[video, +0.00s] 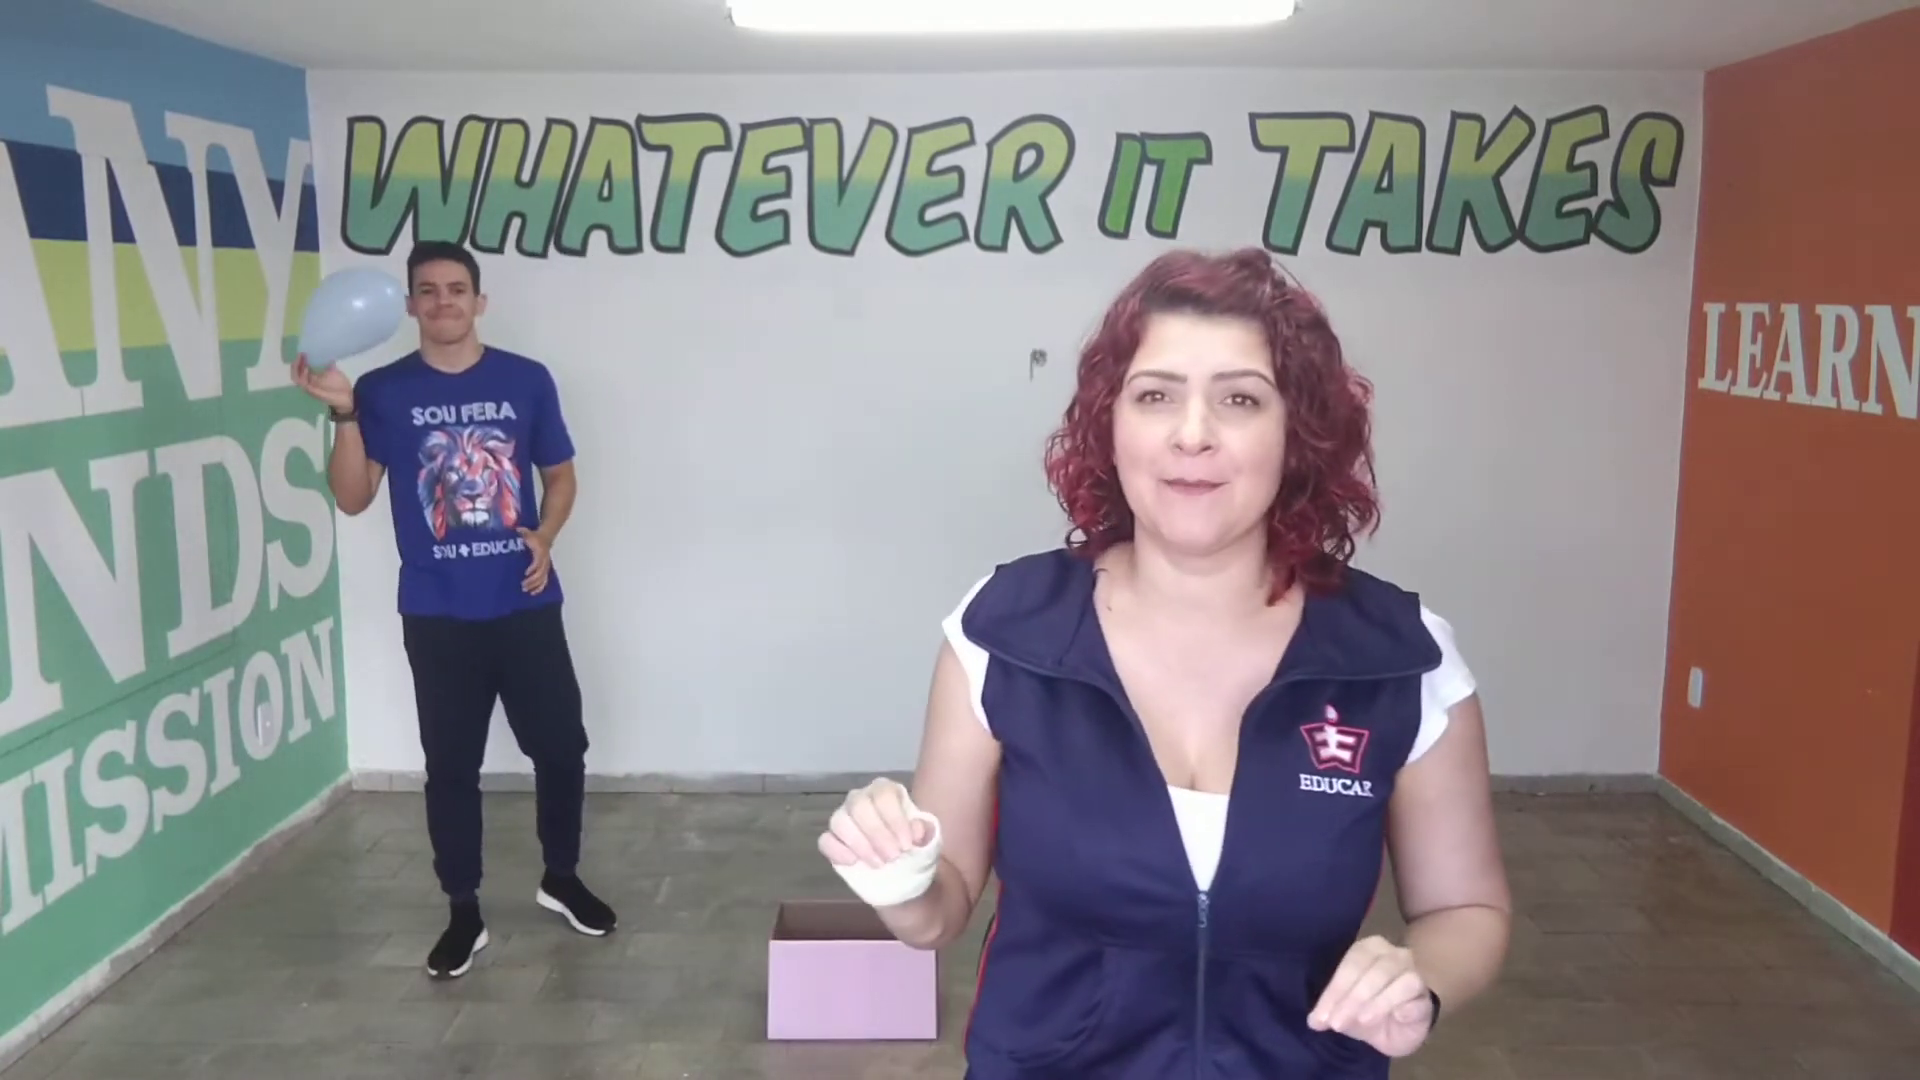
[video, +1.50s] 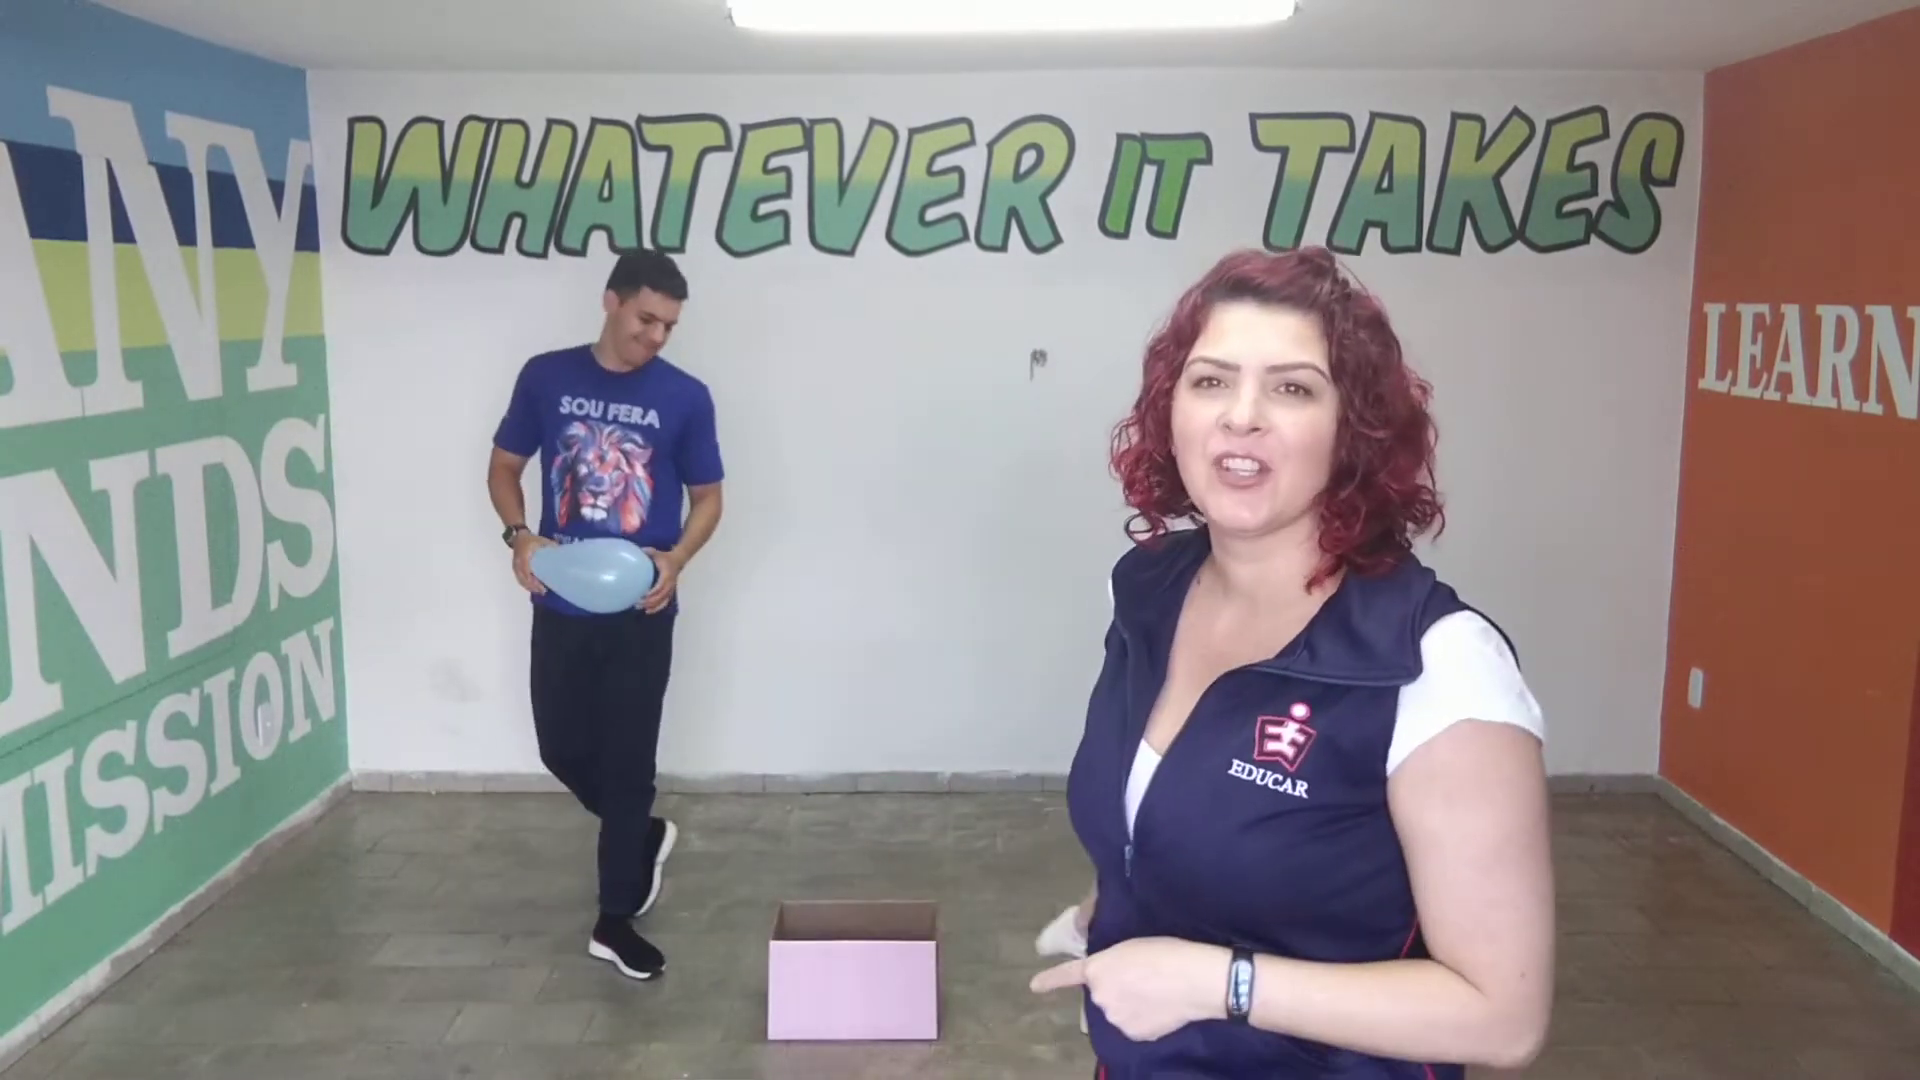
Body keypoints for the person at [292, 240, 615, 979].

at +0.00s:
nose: (441, 303)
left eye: (454, 290)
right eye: (427, 292)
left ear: (478, 301)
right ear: (411, 305)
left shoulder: (525, 381)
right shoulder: (383, 392)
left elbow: (561, 475)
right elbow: (352, 499)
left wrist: (545, 532)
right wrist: (346, 412)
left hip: (527, 609)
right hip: (438, 618)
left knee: (562, 747)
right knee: (449, 770)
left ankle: (562, 879)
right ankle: (463, 914)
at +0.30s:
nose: (462, 307)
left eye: (471, 293)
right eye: (445, 296)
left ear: (486, 298)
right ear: (418, 305)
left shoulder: (529, 384)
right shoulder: (393, 393)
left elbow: (560, 477)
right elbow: (351, 503)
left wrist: (553, 531)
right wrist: (365, 431)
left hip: (525, 608)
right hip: (438, 618)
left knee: (569, 757)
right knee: (451, 773)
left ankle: (609, 907)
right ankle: (464, 916)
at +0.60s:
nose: (527, 328)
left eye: (536, 316)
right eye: (515, 313)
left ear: (542, 316)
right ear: (474, 306)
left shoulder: (564, 389)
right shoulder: (417, 392)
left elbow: (595, 485)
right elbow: (376, 489)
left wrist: (583, 533)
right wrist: (405, 515)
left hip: (553, 618)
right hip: (464, 621)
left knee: (583, 766)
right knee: (467, 774)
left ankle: (610, 919)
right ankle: (466, 915)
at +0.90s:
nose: (589, 331)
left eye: (599, 319)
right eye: (578, 315)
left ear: (605, 319)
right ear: (538, 304)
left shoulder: (620, 394)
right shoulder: (475, 383)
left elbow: (643, 495)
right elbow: (435, 476)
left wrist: (616, 553)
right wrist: (466, 531)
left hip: (592, 619)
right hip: (502, 619)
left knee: (604, 770)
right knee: (484, 768)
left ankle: (612, 920)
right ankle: (468, 911)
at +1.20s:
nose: (642, 347)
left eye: (653, 334)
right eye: (633, 330)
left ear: (660, 328)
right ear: (595, 310)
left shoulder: (671, 397)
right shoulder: (529, 375)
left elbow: (696, 499)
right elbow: (484, 464)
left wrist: (660, 565)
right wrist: (501, 533)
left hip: (623, 615)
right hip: (536, 609)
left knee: (618, 770)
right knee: (519, 758)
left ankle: (612, 922)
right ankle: (521, 900)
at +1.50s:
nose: (654, 335)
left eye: (666, 324)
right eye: (646, 318)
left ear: (673, 323)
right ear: (610, 303)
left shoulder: (685, 399)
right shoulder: (547, 377)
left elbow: (709, 500)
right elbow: (503, 469)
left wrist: (676, 559)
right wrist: (520, 532)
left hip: (641, 605)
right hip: (560, 600)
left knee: (627, 763)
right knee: (562, 749)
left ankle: (615, 920)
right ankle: (643, 830)